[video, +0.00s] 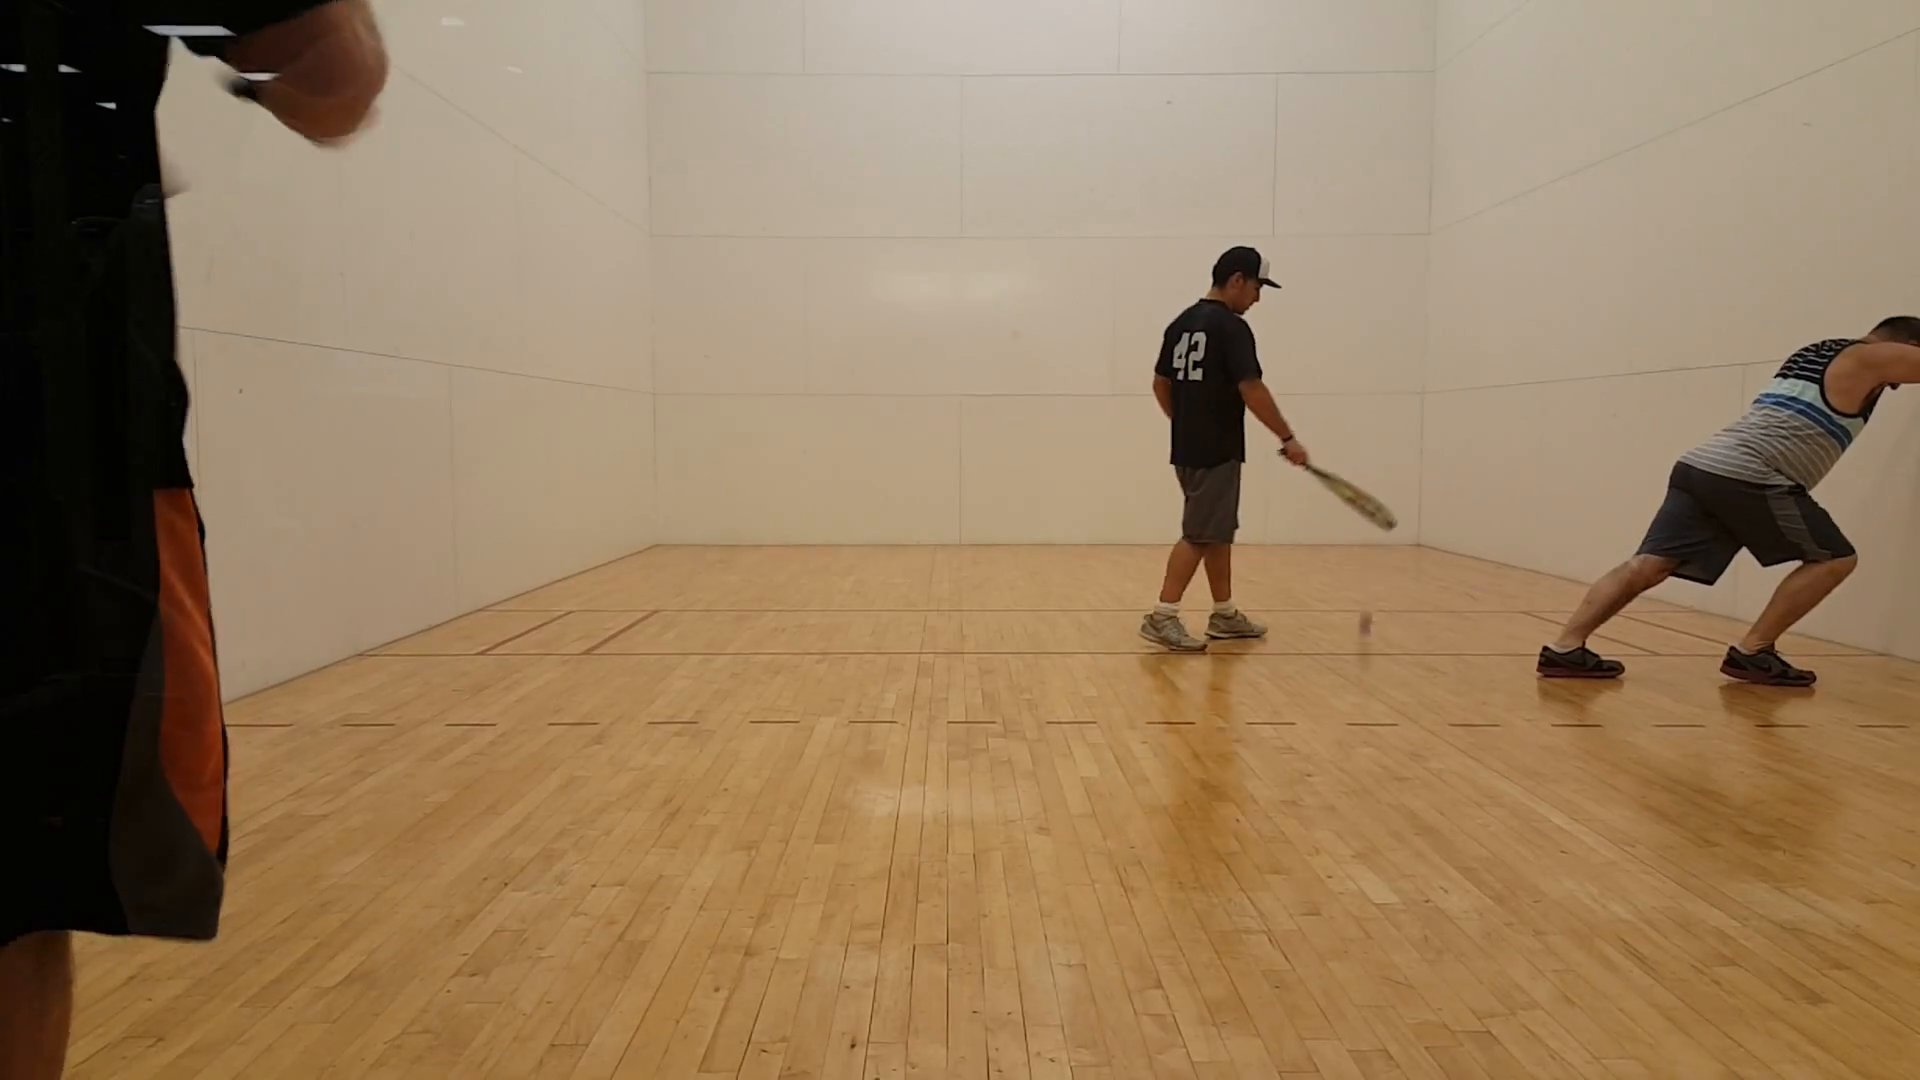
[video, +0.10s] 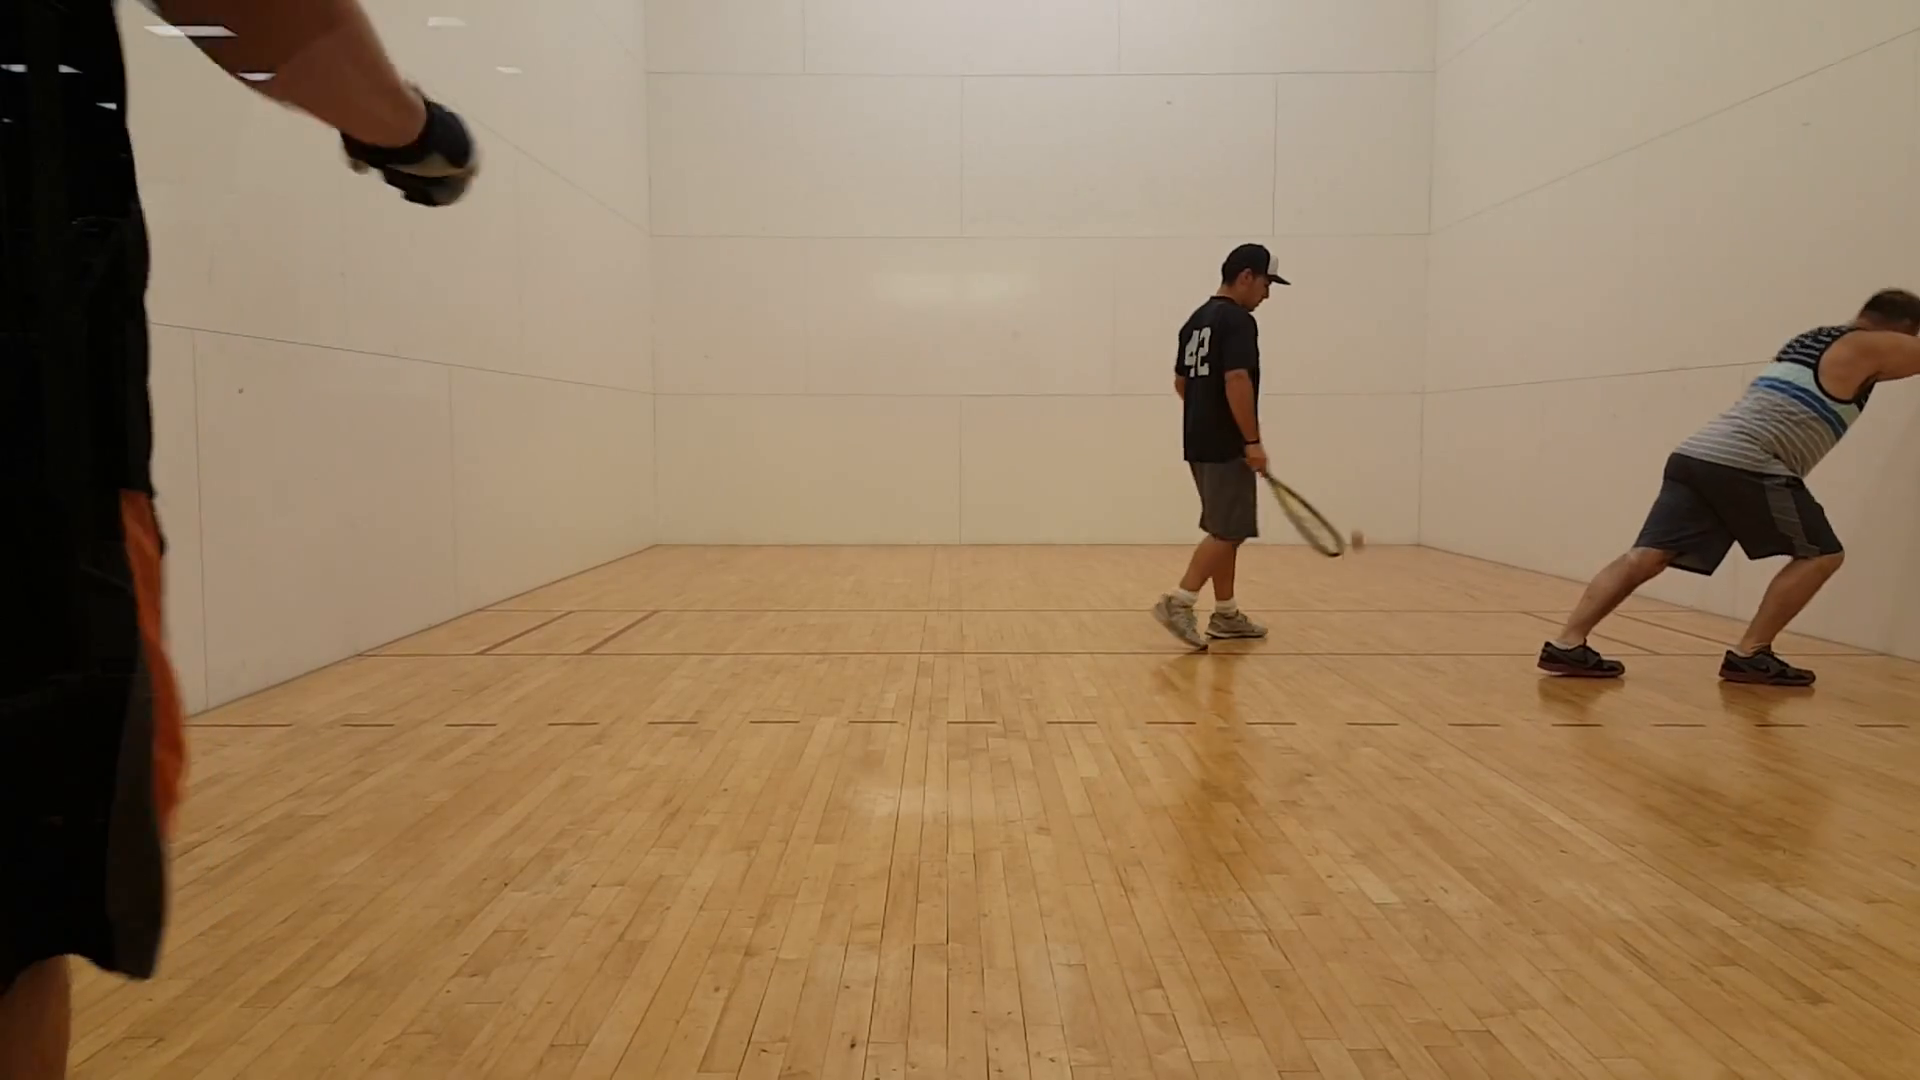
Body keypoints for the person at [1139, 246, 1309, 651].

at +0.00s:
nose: (1257, 297)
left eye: (1259, 289)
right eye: (1256, 288)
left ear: (1227, 280)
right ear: (1236, 280)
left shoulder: (1182, 321)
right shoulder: (1233, 328)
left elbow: (1162, 383)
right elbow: (1253, 391)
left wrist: (1187, 423)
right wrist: (1288, 437)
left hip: (1188, 448)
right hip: (1217, 451)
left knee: (1218, 531)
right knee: (1198, 533)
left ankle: (1224, 613)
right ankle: (1163, 616)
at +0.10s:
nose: (1267, 293)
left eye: (1269, 285)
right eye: (1265, 283)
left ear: (1236, 278)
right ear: (1245, 277)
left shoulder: (1196, 319)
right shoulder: (1238, 321)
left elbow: (1182, 382)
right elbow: (1236, 381)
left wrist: (1215, 415)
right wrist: (1253, 441)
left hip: (1202, 444)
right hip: (1225, 446)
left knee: (1226, 529)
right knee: (1227, 529)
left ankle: (1225, 613)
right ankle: (1179, 602)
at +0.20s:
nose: (1276, 291)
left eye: (1278, 283)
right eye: (1274, 281)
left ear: (1249, 275)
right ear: (1254, 275)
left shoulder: (1220, 314)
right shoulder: (1236, 317)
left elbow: (1226, 381)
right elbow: (1222, 375)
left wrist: (1265, 407)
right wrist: (1228, 435)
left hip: (1220, 443)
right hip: (1239, 444)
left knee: (1232, 526)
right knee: (1257, 522)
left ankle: (1225, 609)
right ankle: (1204, 596)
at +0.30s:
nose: (1286, 289)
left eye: (1288, 282)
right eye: (1284, 280)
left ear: (1259, 275)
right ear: (1263, 274)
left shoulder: (1246, 315)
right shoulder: (1239, 314)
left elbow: (1252, 379)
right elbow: (1217, 370)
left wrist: (1294, 373)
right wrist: (1218, 430)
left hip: (1231, 442)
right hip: (1245, 443)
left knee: (1232, 528)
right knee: (1271, 519)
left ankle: (1225, 616)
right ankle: (1238, 608)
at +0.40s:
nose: (1295, 289)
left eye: (1296, 281)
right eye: (1292, 279)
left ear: (1267, 276)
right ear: (1270, 274)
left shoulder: (1256, 317)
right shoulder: (1246, 314)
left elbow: (1267, 375)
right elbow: (1219, 369)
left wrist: (1312, 356)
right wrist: (1218, 430)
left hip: (1240, 441)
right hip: (1251, 443)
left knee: (1233, 527)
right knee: (1270, 524)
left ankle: (1225, 614)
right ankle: (1274, 615)